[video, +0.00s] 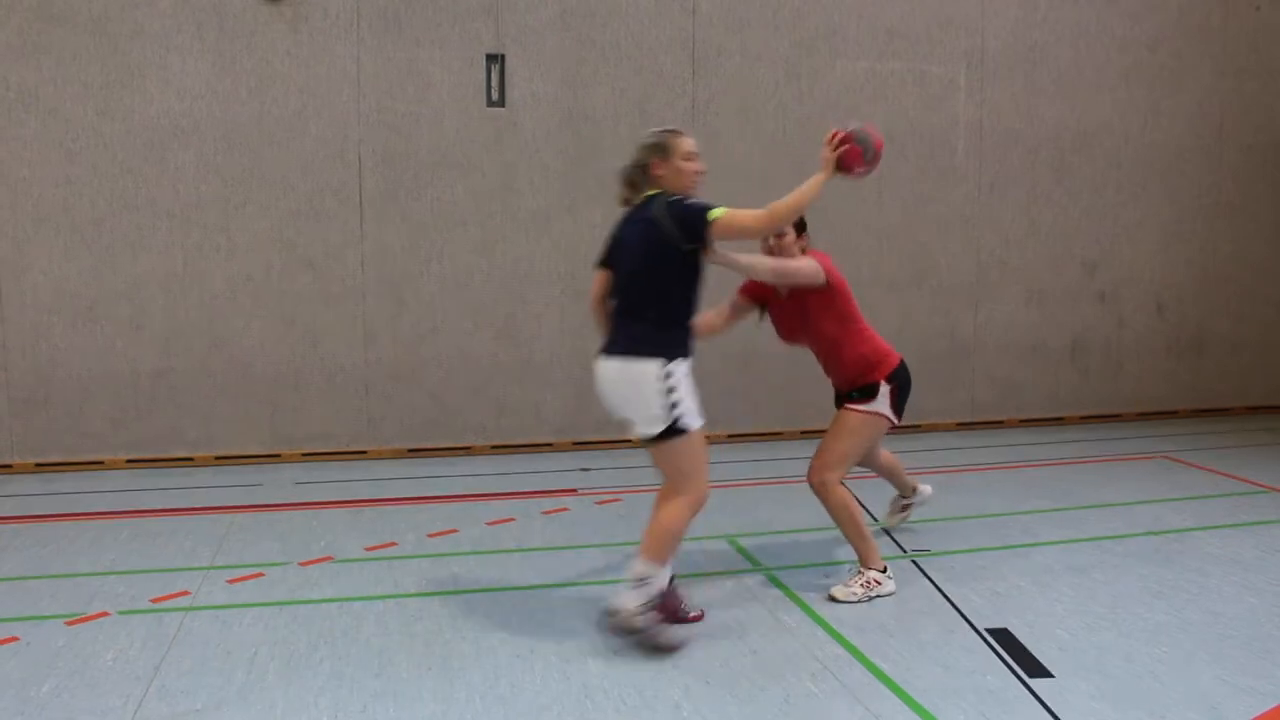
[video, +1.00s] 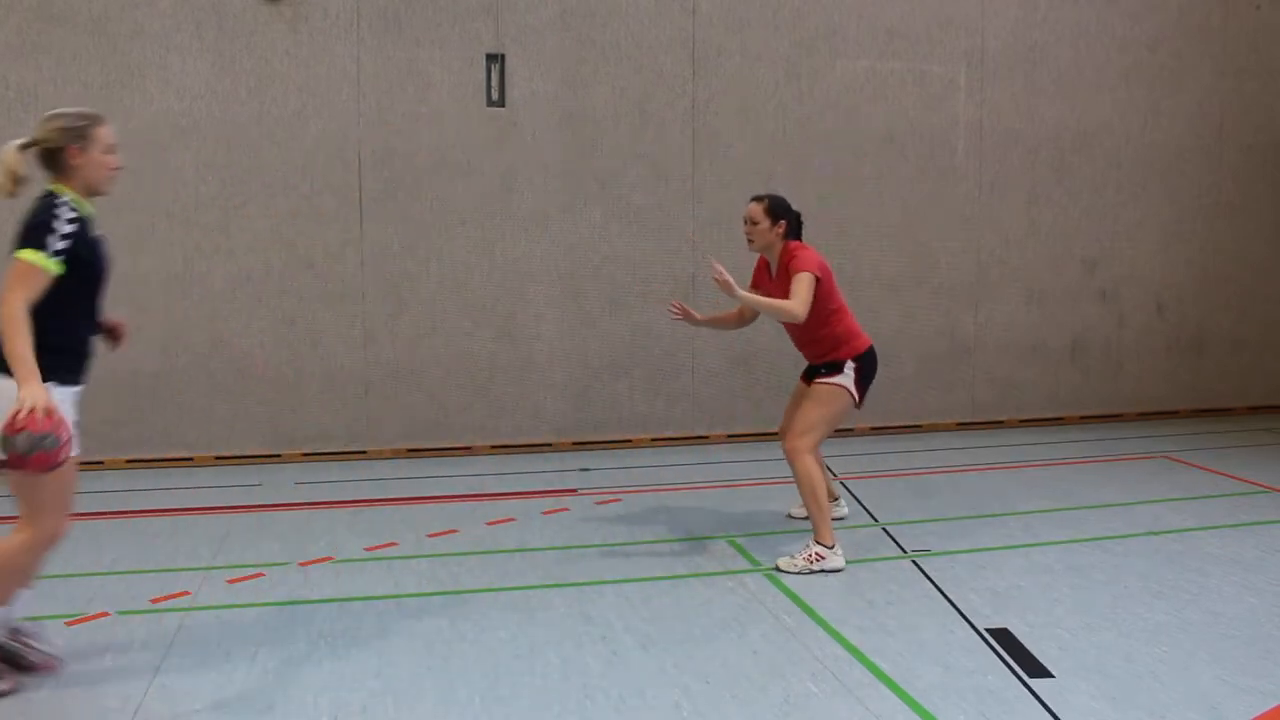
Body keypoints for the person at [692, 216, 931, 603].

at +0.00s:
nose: (772, 243)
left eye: (781, 235)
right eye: (767, 237)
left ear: (801, 239)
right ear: (760, 243)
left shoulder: (818, 267)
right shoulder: (760, 285)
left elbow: (774, 271)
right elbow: (719, 319)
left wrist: (718, 255)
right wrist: (673, 326)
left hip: (880, 379)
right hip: (849, 386)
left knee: (824, 475)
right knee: (865, 452)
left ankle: (875, 570)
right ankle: (909, 490)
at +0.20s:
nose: (758, 234)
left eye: (766, 225)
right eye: (754, 227)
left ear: (795, 224)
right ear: (754, 227)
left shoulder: (816, 249)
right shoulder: (769, 266)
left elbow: (771, 260)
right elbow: (714, 302)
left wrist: (710, 251)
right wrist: (666, 308)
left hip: (875, 365)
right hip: (841, 368)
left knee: (817, 462)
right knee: (806, 454)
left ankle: (846, 579)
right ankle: (843, 525)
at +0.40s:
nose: (751, 248)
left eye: (759, 240)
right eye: (748, 242)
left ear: (789, 242)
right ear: (750, 246)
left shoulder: (812, 271)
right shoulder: (760, 289)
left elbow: (787, 292)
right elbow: (709, 320)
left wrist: (724, 268)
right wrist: (659, 318)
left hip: (867, 389)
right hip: (829, 391)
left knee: (803, 478)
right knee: (776, 456)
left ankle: (846, 586)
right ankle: (826, 519)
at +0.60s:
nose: (745, 224)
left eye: (751, 216)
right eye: (743, 217)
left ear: (780, 217)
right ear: (754, 222)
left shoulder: (806, 249)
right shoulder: (759, 256)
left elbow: (785, 283)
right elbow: (716, 301)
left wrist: (724, 268)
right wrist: (669, 306)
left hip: (857, 361)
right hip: (825, 362)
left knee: (802, 448)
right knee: (785, 442)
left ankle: (834, 557)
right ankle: (827, 523)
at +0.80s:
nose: (742, 221)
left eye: (749, 213)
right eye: (741, 214)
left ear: (777, 216)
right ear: (765, 220)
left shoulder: (801, 249)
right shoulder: (762, 260)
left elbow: (780, 294)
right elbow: (733, 306)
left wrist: (718, 276)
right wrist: (689, 313)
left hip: (855, 360)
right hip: (825, 358)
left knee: (799, 448)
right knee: (786, 424)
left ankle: (827, 549)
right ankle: (819, 496)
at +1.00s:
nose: (746, 230)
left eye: (753, 223)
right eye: (745, 223)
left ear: (779, 227)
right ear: (770, 229)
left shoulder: (802, 258)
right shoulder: (765, 265)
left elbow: (796, 311)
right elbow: (745, 316)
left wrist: (740, 292)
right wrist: (701, 320)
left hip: (850, 361)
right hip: (822, 364)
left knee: (798, 445)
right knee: (791, 435)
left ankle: (826, 547)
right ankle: (830, 498)